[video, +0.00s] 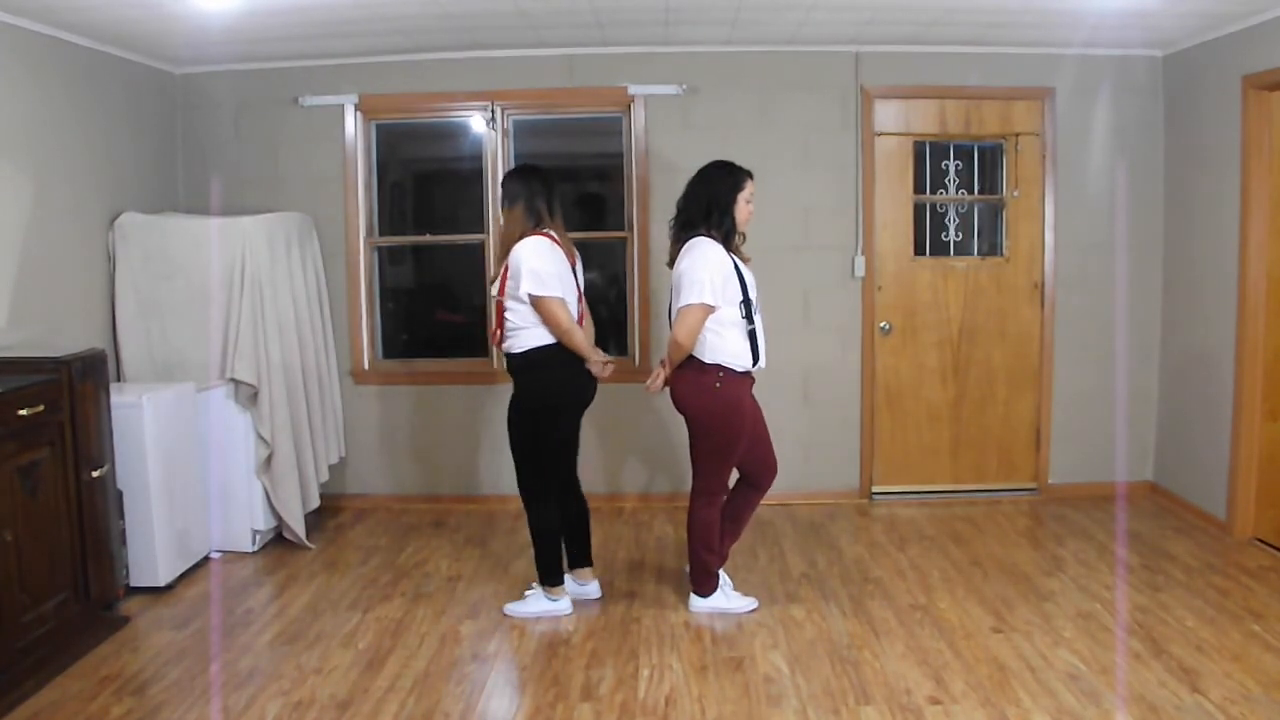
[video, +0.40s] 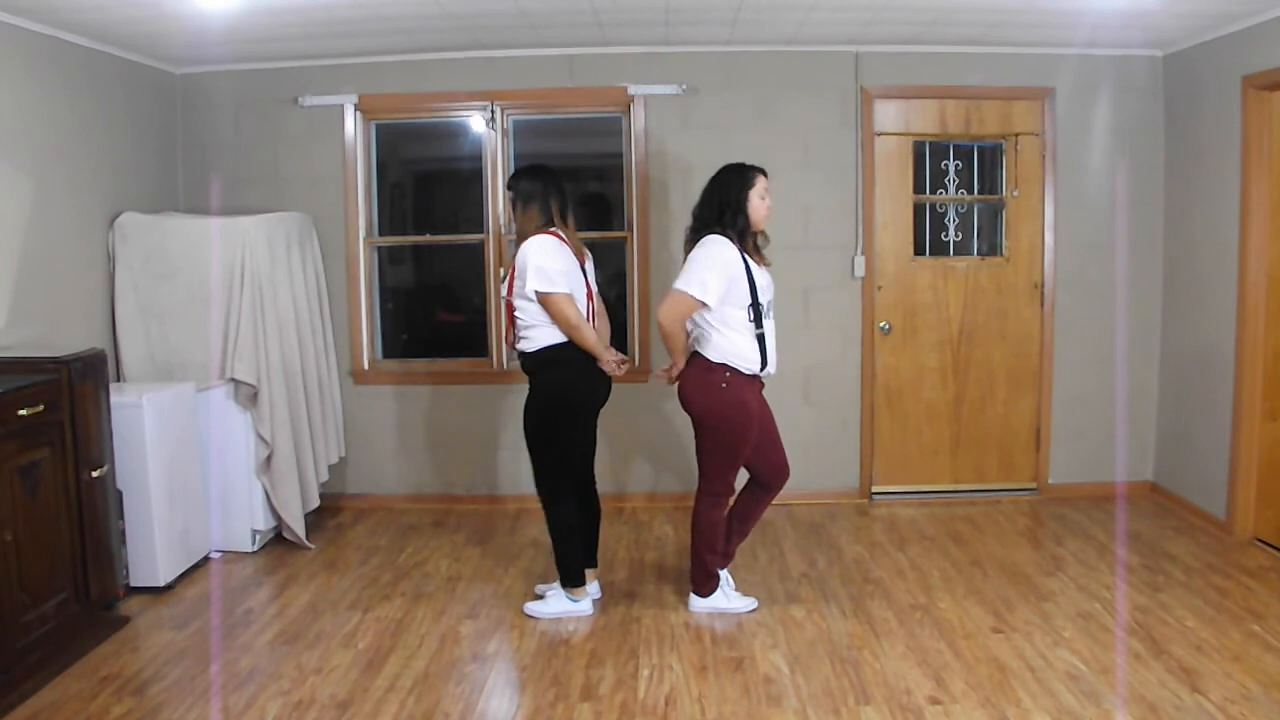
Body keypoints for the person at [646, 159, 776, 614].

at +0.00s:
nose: (752, 210)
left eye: (751, 200)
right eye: (747, 200)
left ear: (721, 201)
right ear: (725, 201)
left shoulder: (721, 251)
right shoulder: (704, 252)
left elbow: (691, 325)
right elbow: (684, 336)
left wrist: (667, 364)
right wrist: (666, 367)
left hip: (731, 382)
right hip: (711, 383)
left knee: (760, 472)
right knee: (710, 488)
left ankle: (710, 564)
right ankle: (705, 590)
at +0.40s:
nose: (769, 203)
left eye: (768, 195)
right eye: (763, 195)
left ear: (744, 201)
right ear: (738, 200)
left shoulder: (745, 252)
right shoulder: (716, 249)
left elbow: (721, 317)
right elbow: (669, 316)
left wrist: (688, 359)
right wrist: (679, 361)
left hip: (742, 383)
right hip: (719, 383)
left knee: (772, 473)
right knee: (716, 490)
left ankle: (715, 562)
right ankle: (705, 589)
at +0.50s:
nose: (773, 197)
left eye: (774, 191)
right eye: (763, 190)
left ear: (773, 202)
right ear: (738, 198)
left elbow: (746, 318)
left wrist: (755, 373)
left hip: (747, 384)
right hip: (722, 383)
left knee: (774, 475)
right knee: (721, 489)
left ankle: (715, 563)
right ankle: (705, 589)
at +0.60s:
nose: (776, 197)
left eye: (781, 192)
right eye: (765, 189)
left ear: (786, 206)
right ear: (743, 198)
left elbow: (777, 322)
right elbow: (669, 296)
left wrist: (794, 361)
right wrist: (694, 332)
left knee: (778, 477)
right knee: (734, 487)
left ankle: (716, 561)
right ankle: (706, 588)